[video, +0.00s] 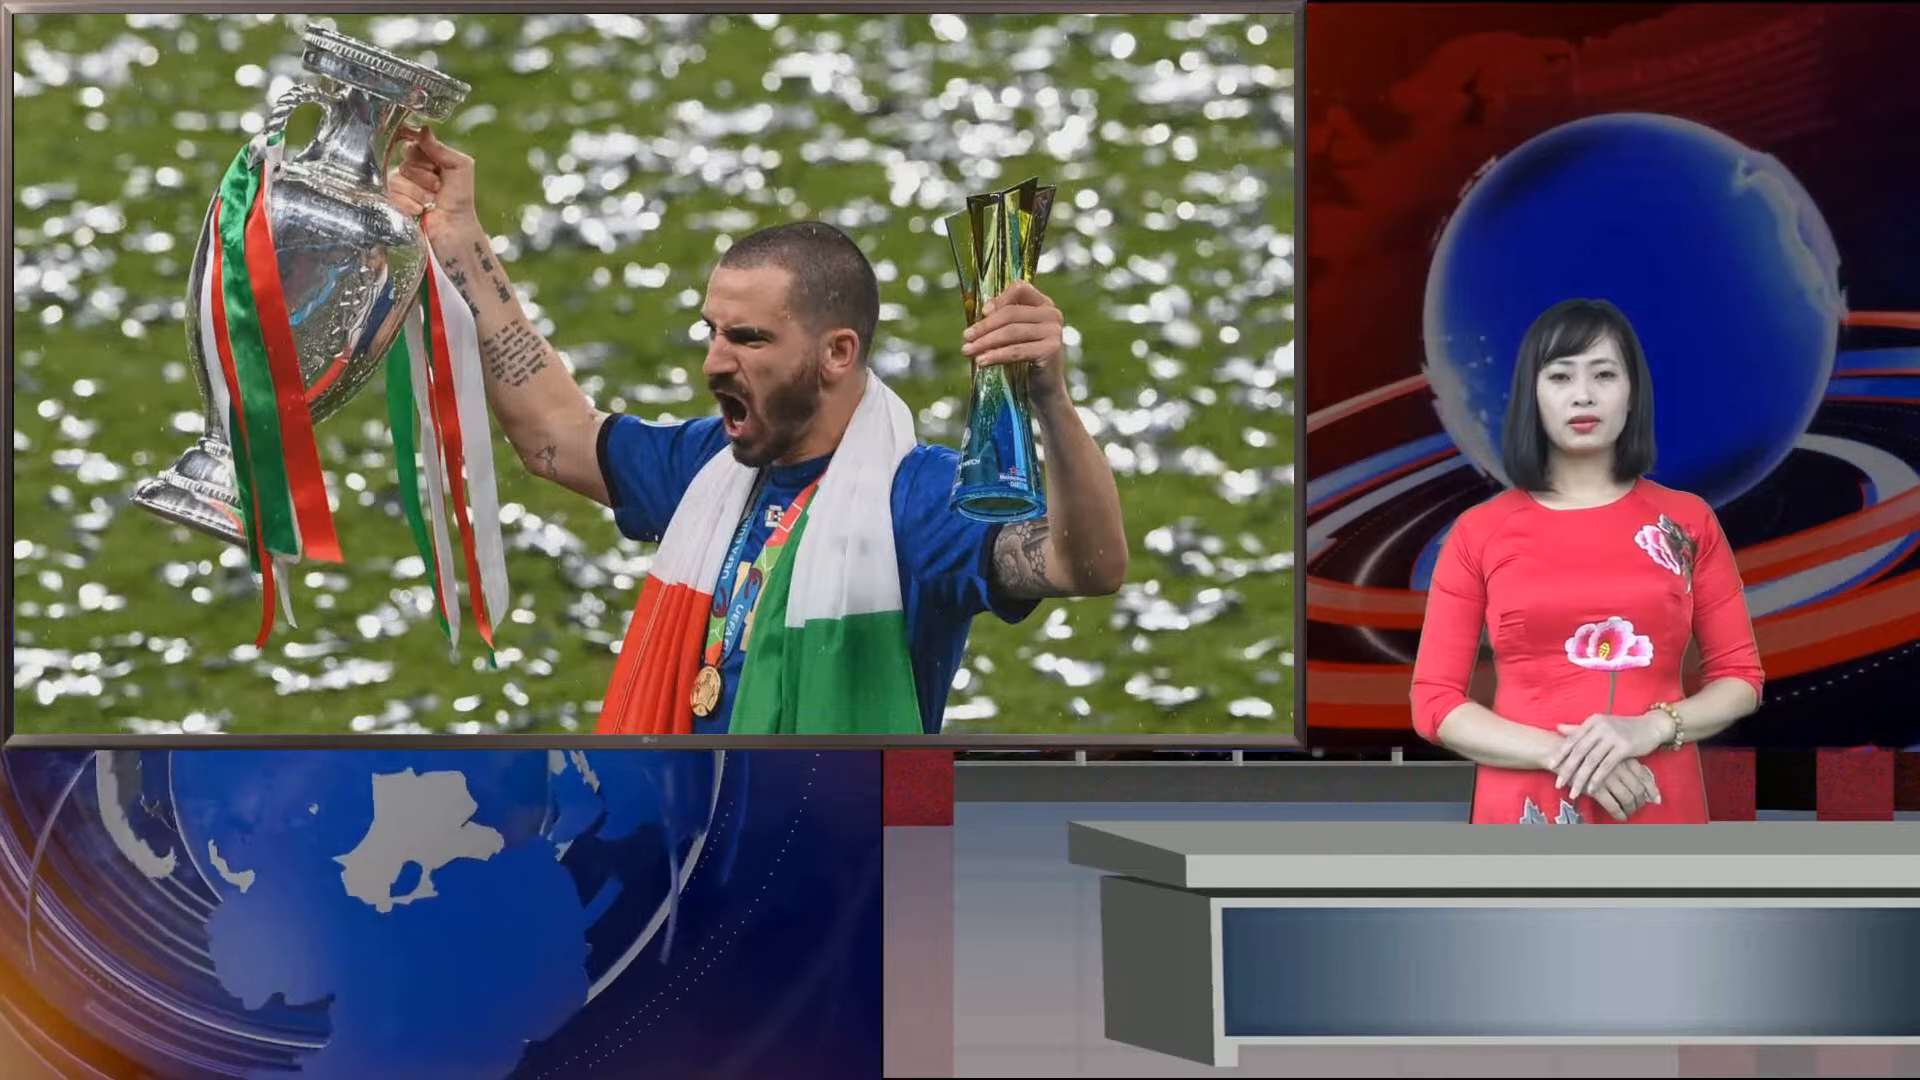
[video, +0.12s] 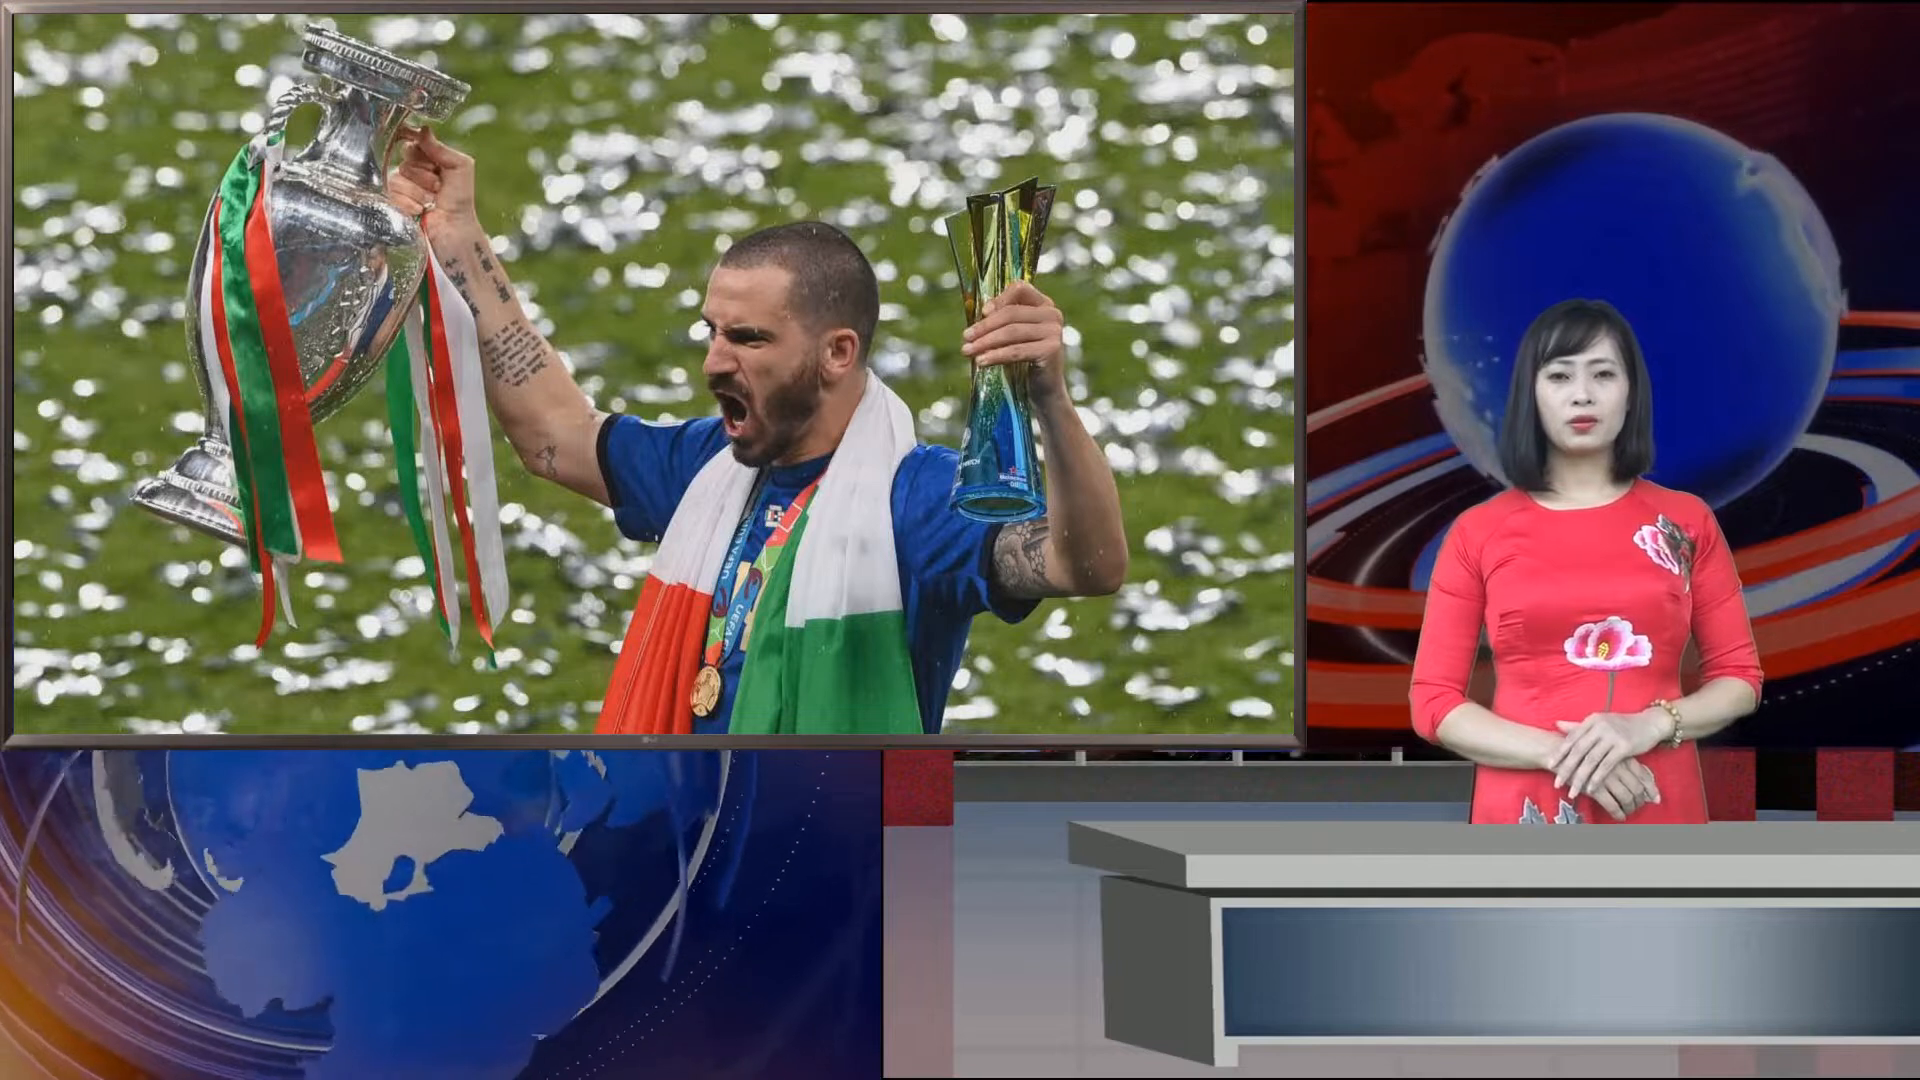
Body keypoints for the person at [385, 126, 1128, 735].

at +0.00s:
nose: (713, 361)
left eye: (747, 339)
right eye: (711, 333)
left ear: (838, 355)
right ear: (705, 328)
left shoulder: (914, 493)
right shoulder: (702, 465)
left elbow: (1089, 563)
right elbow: (556, 438)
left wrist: (1049, 398)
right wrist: (464, 253)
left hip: (830, 917)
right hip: (666, 898)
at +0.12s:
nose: (713, 361)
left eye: (746, 339)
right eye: (711, 333)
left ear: (838, 355)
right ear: (705, 328)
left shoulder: (914, 494)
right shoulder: (702, 465)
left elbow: (1089, 563)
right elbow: (556, 438)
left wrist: (1049, 398)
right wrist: (464, 253)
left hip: (828, 919)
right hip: (664, 898)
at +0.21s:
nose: (713, 361)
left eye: (746, 339)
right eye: (711, 333)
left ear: (838, 355)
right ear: (705, 328)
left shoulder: (914, 493)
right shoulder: (702, 465)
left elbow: (1089, 563)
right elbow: (556, 438)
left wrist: (1049, 398)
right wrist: (464, 253)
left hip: (830, 913)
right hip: (666, 894)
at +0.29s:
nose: (713, 361)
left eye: (746, 339)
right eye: (711, 333)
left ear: (838, 355)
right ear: (705, 328)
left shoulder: (915, 493)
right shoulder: (702, 465)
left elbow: (1089, 563)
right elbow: (557, 438)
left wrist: (1049, 398)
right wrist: (464, 253)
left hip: (828, 909)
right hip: (668, 893)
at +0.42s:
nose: (713, 361)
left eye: (746, 339)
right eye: (711, 333)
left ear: (838, 355)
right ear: (705, 328)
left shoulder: (914, 494)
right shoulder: (702, 465)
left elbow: (1089, 563)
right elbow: (557, 438)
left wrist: (1049, 398)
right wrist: (464, 253)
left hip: (828, 904)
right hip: (669, 891)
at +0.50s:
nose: (713, 361)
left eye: (746, 339)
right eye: (711, 333)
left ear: (838, 355)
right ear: (705, 328)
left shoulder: (914, 494)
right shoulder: (702, 466)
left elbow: (1089, 563)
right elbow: (557, 438)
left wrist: (1049, 398)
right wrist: (464, 253)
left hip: (829, 905)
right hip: (673, 889)